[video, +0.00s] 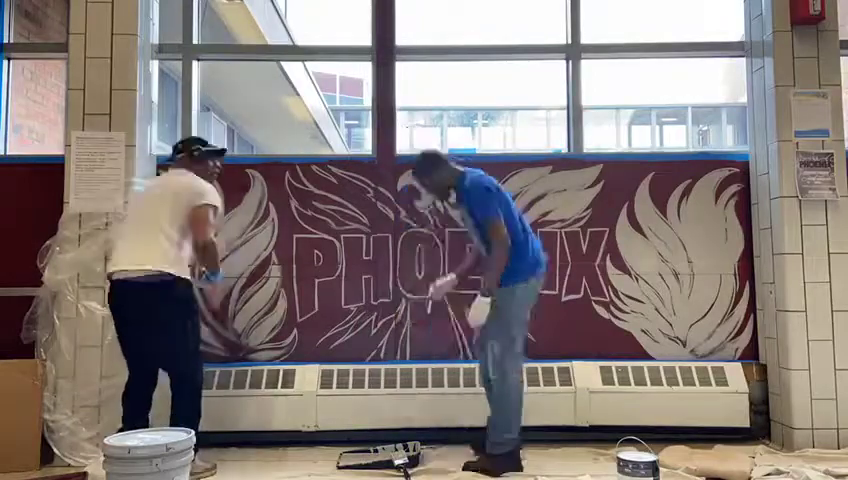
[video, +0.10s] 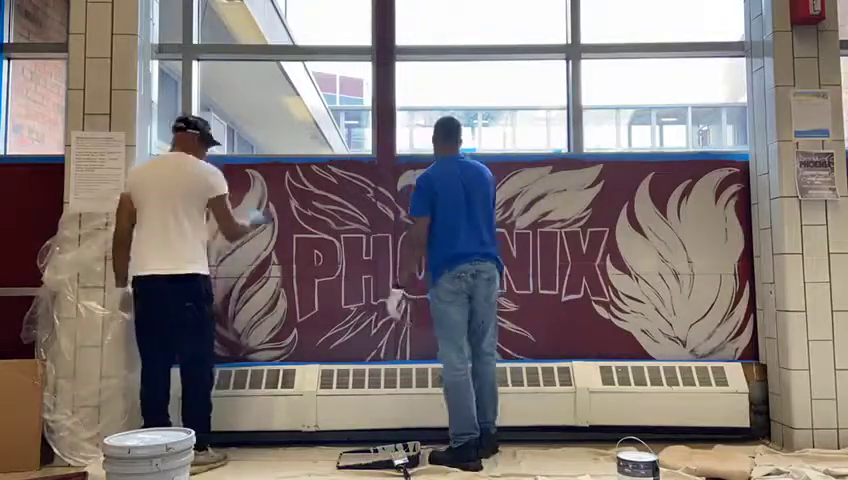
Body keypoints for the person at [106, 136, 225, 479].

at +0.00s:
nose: (217, 172)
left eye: (219, 167)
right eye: (215, 166)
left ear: (180, 159)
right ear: (199, 159)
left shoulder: (148, 188)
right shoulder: (201, 187)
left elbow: (141, 239)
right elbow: (203, 239)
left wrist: (190, 264)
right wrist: (213, 269)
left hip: (123, 288)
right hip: (165, 288)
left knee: (140, 374)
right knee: (187, 376)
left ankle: (131, 455)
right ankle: (184, 457)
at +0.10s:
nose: (206, 153)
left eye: (207, 148)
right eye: (206, 147)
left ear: (174, 139)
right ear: (196, 141)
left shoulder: (138, 174)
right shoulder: (206, 174)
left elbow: (122, 233)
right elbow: (232, 231)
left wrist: (123, 282)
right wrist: (250, 221)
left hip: (146, 281)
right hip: (190, 281)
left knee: (154, 367)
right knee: (197, 366)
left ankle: (157, 448)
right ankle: (197, 448)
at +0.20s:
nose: (206, 153)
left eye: (205, 148)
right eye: (206, 148)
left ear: (172, 140)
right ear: (197, 141)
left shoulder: (139, 174)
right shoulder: (210, 172)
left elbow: (130, 237)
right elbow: (222, 232)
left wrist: (132, 282)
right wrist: (237, 241)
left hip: (154, 285)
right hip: (196, 283)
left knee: (156, 366)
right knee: (199, 366)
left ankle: (157, 447)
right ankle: (196, 448)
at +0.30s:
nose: (199, 149)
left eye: (195, 143)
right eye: (199, 143)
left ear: (166, 142)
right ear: (196, 142)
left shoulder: (138, 175)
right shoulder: (211, 175)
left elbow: (126, 238)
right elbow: (223, 236)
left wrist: (125, 291)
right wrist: (237, 245)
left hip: (151, 285)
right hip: (196, 284)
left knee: (155, 367)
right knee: (199, 366)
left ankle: (156, 448)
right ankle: (197, 447)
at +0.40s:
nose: (206, 154)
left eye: (206, 149)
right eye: (205, 148)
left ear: (172, 140)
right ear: (198, 143)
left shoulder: (137, 174)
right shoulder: (210, 177)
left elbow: (125, 237)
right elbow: (220, 238)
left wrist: (122, 289)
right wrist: (231, 245)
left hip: (150, 286)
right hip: (193, 285)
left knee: (155, 367)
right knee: (197, 367)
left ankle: (156, 448)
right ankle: (197, 447)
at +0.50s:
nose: (208, 156)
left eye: (207, 151)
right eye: (209, 151)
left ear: (176, 142)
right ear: (202, 144)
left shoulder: (140, 173)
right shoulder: (211, 179)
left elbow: (122, 232)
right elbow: (217, 242)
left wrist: (116, 287)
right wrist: (212, 262)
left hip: (146, 284)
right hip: (189, 284)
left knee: (152, 366)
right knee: (195, 367)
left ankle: (154, 447)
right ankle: (197, 448)